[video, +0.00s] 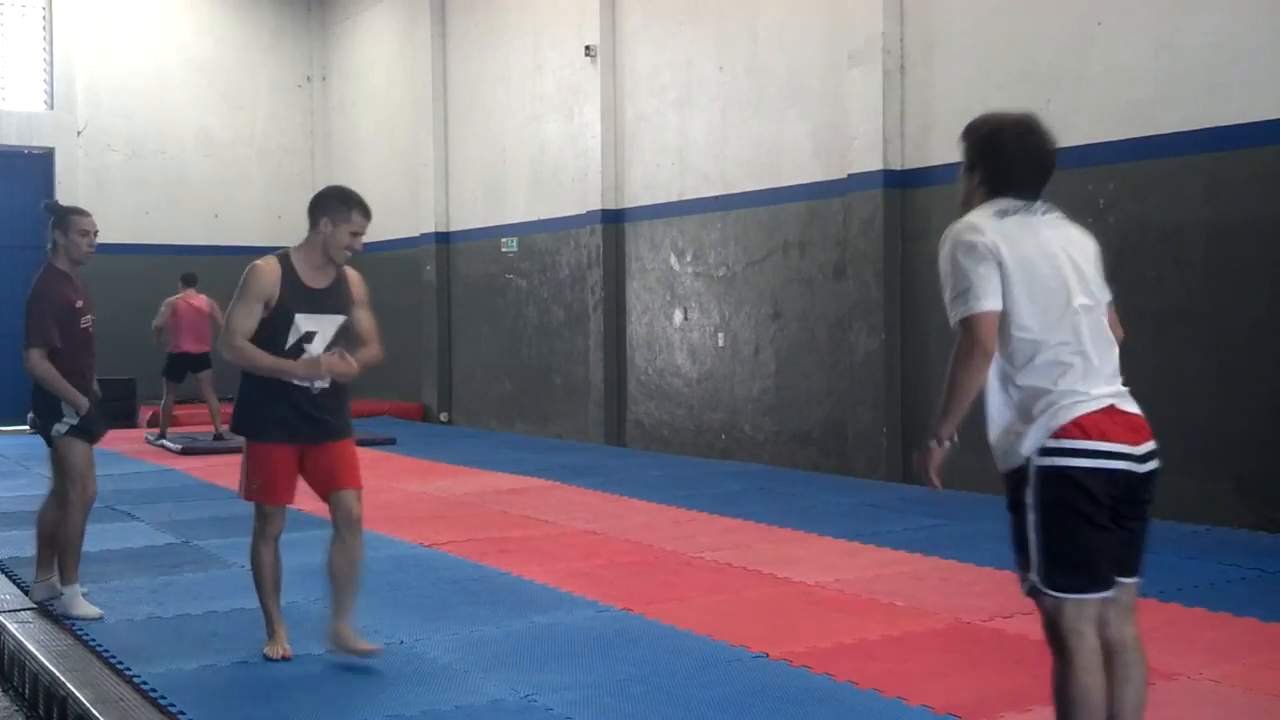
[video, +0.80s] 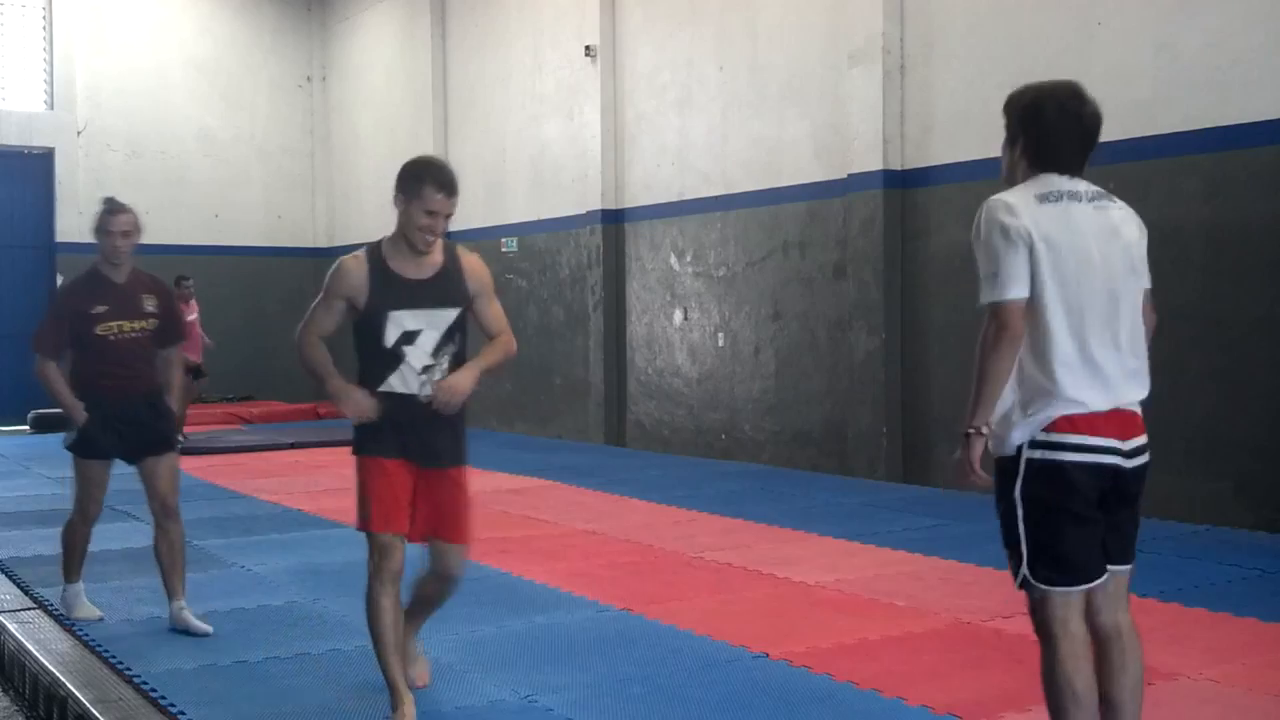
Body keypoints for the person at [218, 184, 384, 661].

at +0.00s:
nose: (358, 244)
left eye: (362, 236)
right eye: (353, 234)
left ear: (341, 231)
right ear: (324, 225)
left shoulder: (350, 281)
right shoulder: (266, 274)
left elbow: (372, 348)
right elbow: (231, 345)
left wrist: (348, 363)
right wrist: (299, 368)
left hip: (327, 421)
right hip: (270, 422)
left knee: (350, 514)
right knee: (269, 527)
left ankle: (341, 626)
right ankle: (275, 631)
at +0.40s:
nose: (403, 231)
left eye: (411, 223)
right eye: (396, 220)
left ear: (416, 221)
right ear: (369, 211)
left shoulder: (423, 276)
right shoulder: (321, 264)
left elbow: (461, 350)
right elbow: (273, 334)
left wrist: (397, 376)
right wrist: (327, 375)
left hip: (393, 430)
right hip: (333, 426)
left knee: (397, 544)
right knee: (327, 541)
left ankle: (390, 654)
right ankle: (322, 614)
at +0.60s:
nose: (417, 228)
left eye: (426, 219)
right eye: (407, 217)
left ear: (436, 219)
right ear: (384, 210)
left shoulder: (448, 275)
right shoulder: (340, 270)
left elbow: (499, 346)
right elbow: (296, 330)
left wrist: (434, 381)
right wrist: (316, 380)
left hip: (419, 433)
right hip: (360, 428)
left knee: (409, 550)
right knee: (367, 545)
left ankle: (394, 652)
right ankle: (384, 677)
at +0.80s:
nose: (437, 226)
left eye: (446, 216)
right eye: (427, 216)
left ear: (453, 212)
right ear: (400, 205)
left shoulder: (467, 268)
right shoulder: (357, 271)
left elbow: (504, 340)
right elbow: (309, 339)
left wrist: (470, 372)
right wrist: (341, 390)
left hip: (443, 433)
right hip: (383, 431)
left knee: (450, 567)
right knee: (388, 561)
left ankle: (407, 630)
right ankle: (401, 699)